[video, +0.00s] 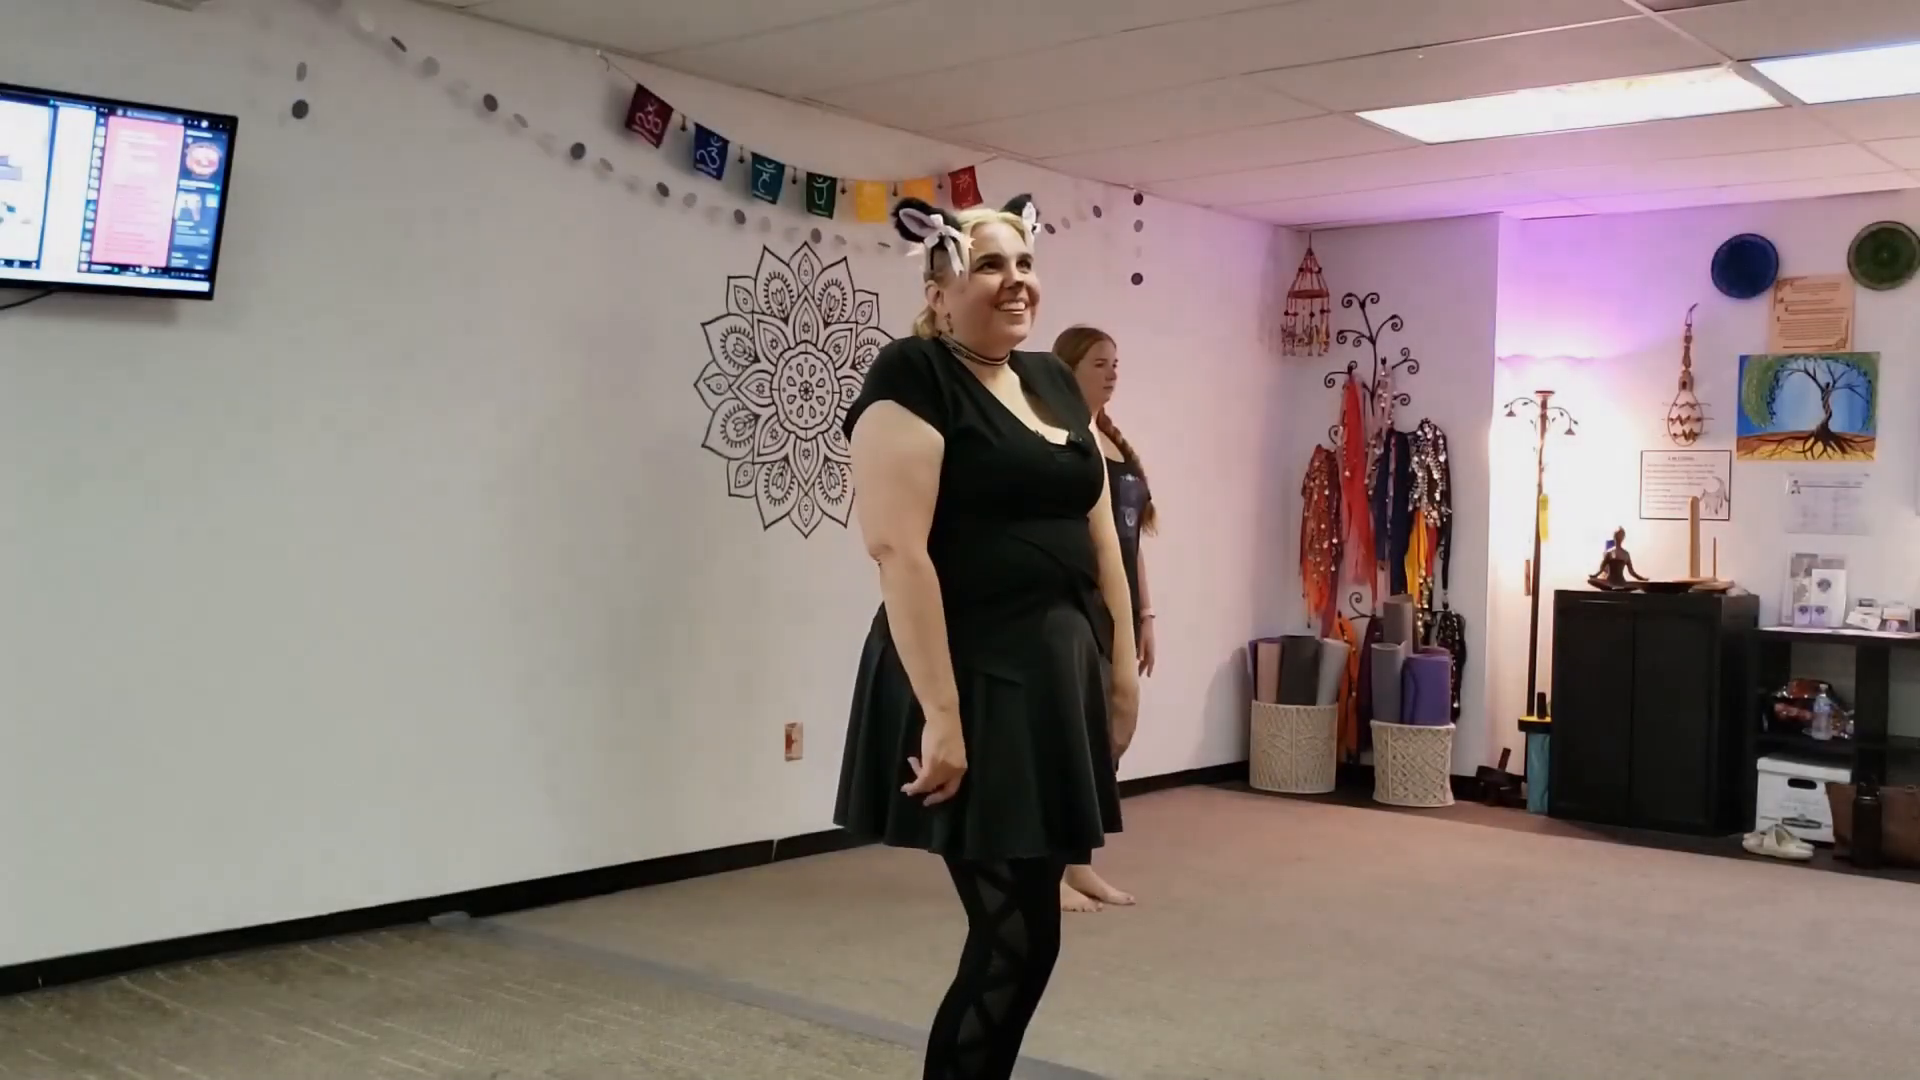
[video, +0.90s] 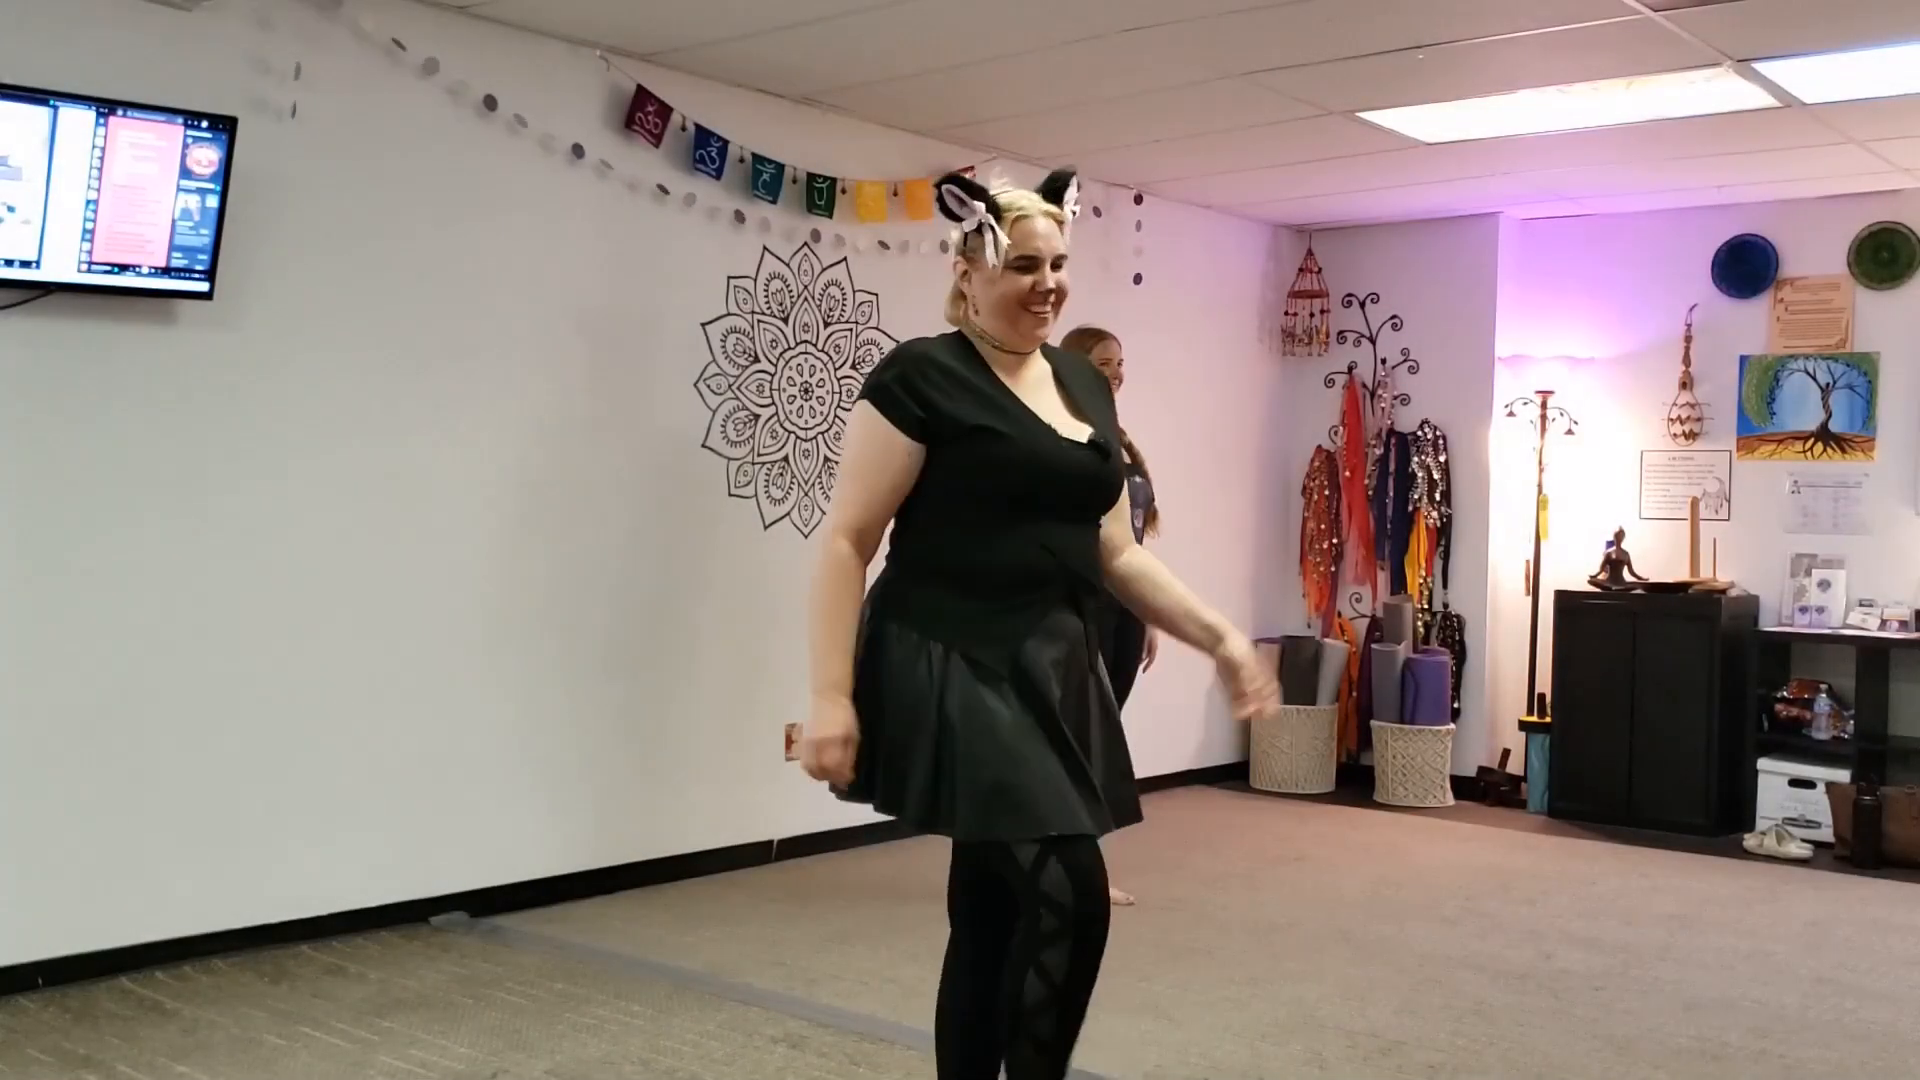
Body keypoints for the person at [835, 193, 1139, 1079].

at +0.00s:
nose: (1017, 280)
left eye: (1024, 264)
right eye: (990, 267)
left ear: (1035, 282)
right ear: (938, 295)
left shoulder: (1051, 380)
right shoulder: (910, 378)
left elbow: (1102, 528)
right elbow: (896, 552)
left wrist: (1124, 663)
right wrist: (939, 713)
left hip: (1058, 679)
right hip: (967, 688)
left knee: (1021, 935)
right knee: (1017, 940)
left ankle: (970, 1068)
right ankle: (956, 1071)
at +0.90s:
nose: (1048, 282)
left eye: (1059, 265)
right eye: (1025, 264)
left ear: (1068, 271)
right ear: (967, 272)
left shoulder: (1075, 383)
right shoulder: (921, 375)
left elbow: (1116, 549)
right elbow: (846, 541)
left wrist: (1222, 635)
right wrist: (830, 698)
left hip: (1051, 666)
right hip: (942, 664)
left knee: (990, 918)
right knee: (1074, 898)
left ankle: (965, 1076)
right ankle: (1033, 1070)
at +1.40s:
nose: (1079, 266)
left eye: (1096, 247)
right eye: (1054, 253)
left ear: (1127, 268)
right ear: (1023, 284)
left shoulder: (1181, 398)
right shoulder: (982, 389)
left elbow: (1258, 547)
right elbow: (879, 552)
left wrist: (1384, 456)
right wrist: (772, 681)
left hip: (1136, 715)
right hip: (998, 709)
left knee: (1101, 966)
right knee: (1070, 977)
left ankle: (1016, 1065)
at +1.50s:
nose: (1088, 268)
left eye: (1106, 248)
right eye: (1063, 254)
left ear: (1138, 267)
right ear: (1032, 282)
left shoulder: (1197, 397)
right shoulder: (988, 393)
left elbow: (1281, 551)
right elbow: (886, 557)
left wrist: (1395, 457)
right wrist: (773, 680)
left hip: (1159, 717)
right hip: (1012, 718)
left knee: (1180, 979)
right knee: (1079, 1006)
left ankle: (1054, 1063)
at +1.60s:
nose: (1090, 276)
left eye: (1113, 258)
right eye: (1068, 259)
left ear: (1147, 275)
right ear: (1037, 279)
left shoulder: (1207, 392)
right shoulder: (989, 401)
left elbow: (1296, 554)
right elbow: (881, 570)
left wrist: (1395, 472)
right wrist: (758, 670)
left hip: (1171, 721)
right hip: (1017, 724)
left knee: (1222, 994)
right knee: (1078, 1022)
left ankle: (1078, 1013)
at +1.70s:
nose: (1085, 266)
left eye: (1112, 250)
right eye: (1064, 248)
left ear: (1149, 276)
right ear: (1038, 274)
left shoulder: (1212, 383)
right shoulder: (984, 399)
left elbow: (1301, 549)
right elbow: (884, 566)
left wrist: (1395, 489)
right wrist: (751, 650)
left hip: (1180, 732)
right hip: (1022, 738)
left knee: (1210, 998)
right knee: (1079, 1029)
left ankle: (1159, 1049)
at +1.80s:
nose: (1081, 243)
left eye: (1108, 227)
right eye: (1061, 225)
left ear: (1150, 253)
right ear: (1037, 249)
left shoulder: (1214, 364)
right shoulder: (983, 377)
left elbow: (1299, 534)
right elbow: (894, 550)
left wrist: (1424, 547)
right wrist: (766, 637)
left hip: (1180, 718)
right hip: (1024, 721)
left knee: (1168, 996)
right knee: (1073, 1008)